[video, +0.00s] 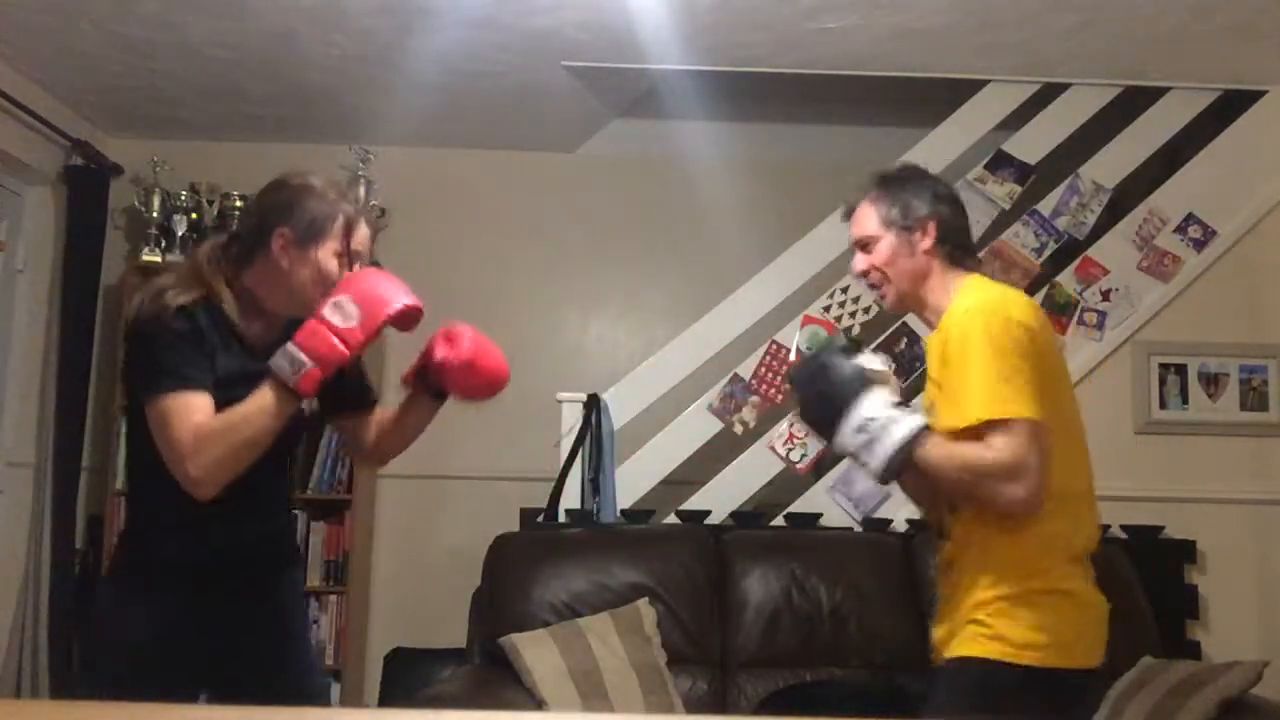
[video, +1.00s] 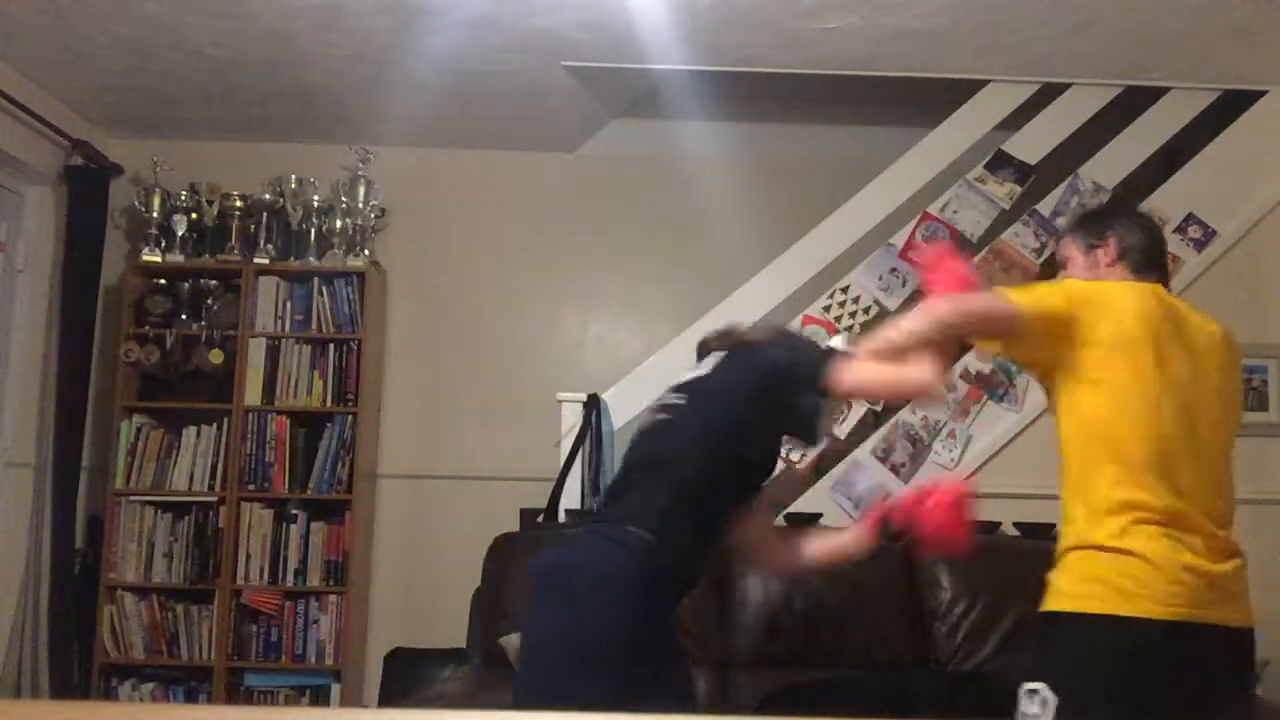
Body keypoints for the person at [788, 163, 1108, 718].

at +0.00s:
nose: (858, 268)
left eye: (867, 245)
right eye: (855, 252)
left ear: (924, 234)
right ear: (921, 238)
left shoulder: (985, 311)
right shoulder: (961, 329)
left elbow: (1015, 481)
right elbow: (959, 504)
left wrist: (879, 427)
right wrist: (880, 426)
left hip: (1020, 638)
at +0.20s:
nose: (841, 254)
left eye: (849, 232)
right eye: (837, 239)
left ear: (901, 218)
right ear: (903, 219)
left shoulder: (934, 294)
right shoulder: (1000, 300)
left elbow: (926, 442)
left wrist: (789, 399)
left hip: (984, 649)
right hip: (1050, 642)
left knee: (784, 709)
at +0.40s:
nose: (876, 250)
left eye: (880, 232)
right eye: (872, 237)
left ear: (930, 215)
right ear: (951, 218)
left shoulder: (941, 281)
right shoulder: (1040, 304)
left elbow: (813, 355)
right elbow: (908, 447)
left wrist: (678, 304)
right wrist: (841, 328)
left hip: (987, 636)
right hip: (1073, 632)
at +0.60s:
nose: (945, 269)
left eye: (951, 252)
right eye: (944, 254)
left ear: (993, 244)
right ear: (1038, 250)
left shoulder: (1005, 314)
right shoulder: (1101, 341)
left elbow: (864, 394)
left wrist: (801, 295)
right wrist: (961, 319)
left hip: (1034, 648)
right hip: (1119, 647)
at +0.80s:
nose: (1032, 269)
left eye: (1037, 251)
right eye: (1031, 255)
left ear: (1081, 241)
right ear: (1128, 252)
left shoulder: (1056, 300)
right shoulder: (1190, 334)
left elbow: (930, 367)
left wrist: (835, 406)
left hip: (1070, 631)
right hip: (1184, 640)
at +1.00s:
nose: (1062, 281)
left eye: (1066, 264)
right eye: (1061, 268)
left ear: (1108, 251)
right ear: (1164, 270)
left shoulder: (1092, 303)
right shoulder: (1220, 341)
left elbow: (946, 311)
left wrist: (862, 352)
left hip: (1109, 619)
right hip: (1220, 633)